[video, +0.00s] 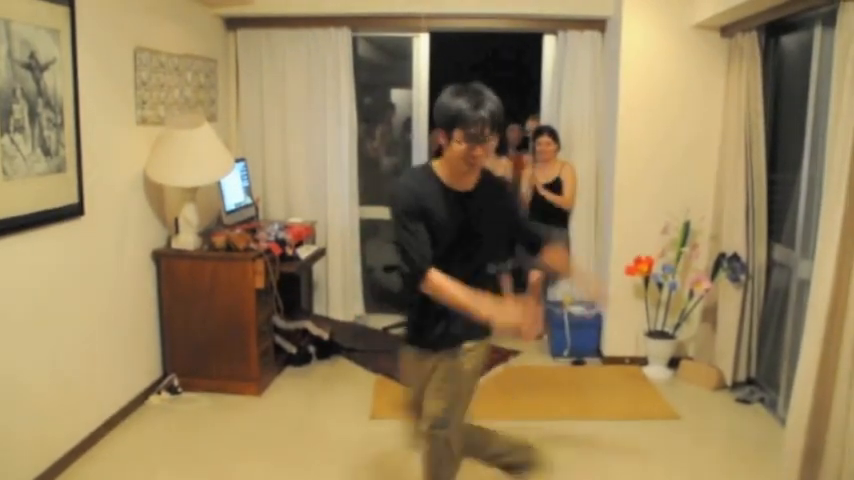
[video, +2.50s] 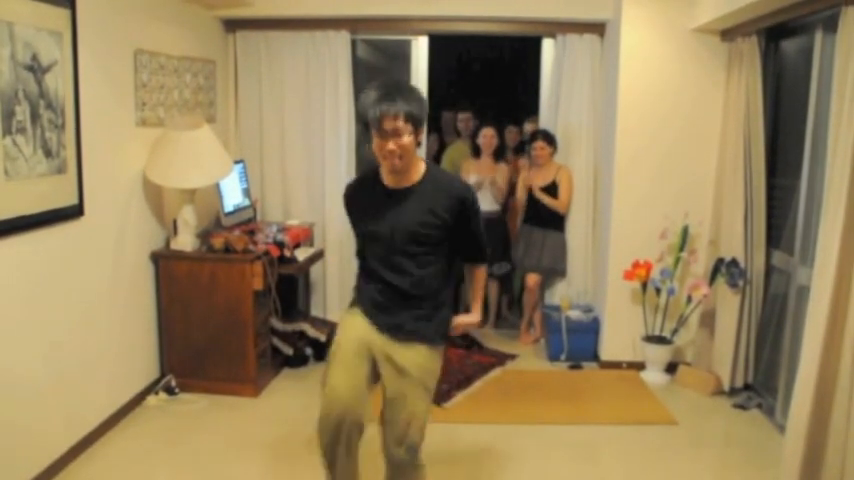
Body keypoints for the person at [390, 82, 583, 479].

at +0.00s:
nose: (477, 153)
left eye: (486, 143)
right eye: (469, 141)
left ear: (496, 143)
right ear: (443, 138)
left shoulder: (493, 191)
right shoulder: (413, 190)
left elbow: (532, 243)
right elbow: (421, 273)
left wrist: (580, 276)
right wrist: (494, 308)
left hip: (470, 329)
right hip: (425, 329)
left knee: (440, 427)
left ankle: (440, 474)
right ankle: (518, 457)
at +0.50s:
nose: (388, 172)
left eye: (396, 163)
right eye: (381, 161)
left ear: (406, 159)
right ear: (359, 152)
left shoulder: (408, 192)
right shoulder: (325, 199)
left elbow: (459, 228)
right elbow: (277, 260)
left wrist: (440, 165)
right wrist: (238, 303)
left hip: (377, 315)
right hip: (320, 324)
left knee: (439, 367)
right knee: (284, 406)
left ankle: (435, 473)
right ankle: (232, 473)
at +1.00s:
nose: (372, 173)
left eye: (378, 161)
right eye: (362, 167)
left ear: (399, 152)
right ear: (354, 170)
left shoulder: (444, 196)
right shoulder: (375, 208)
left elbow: (463, 275)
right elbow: (391, 267)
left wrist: (399, 294)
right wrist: (386, 312)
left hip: (465, 327)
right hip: (415, 326)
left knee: (448, 413)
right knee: (425, 412)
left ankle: (406, 455)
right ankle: (456, 471)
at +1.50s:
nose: (463, 177)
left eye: (475, 169)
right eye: (457, 166)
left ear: (496, 168)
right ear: (448, 158)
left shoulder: (510, 220)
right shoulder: (432, 192)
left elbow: (547, 300)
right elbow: (403, 238)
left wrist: (573, 369)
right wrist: (367, 278)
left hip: (485, 350)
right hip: (431, 343)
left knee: (501, 444)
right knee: (406, 421)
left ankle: (552, 477)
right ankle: (452, 476)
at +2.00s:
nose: (434, 134)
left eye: (444, 123)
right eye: (425, 123)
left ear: (463, 125)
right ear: (414, 123)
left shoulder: (479, 184)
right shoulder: (394, 173)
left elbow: (542, 217)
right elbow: (324, 220)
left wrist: (511, 160)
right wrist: (372, 196)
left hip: (438, 321)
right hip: (386, 314)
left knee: (408, 420)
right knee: (389, 408)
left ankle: (403, 475)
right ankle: (432, 430)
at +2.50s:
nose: (392, 145)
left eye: (400, 135)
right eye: (384, 136)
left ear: (419, 136)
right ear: (371, 139)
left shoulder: (454, 195)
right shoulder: (358, 194)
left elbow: (475, 257)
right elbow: (371, 254)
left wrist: (475, 312)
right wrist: (365, 301)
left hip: (420, 332)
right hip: (364, 316)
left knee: (401, 447)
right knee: (337, 414)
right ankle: (341, 474)